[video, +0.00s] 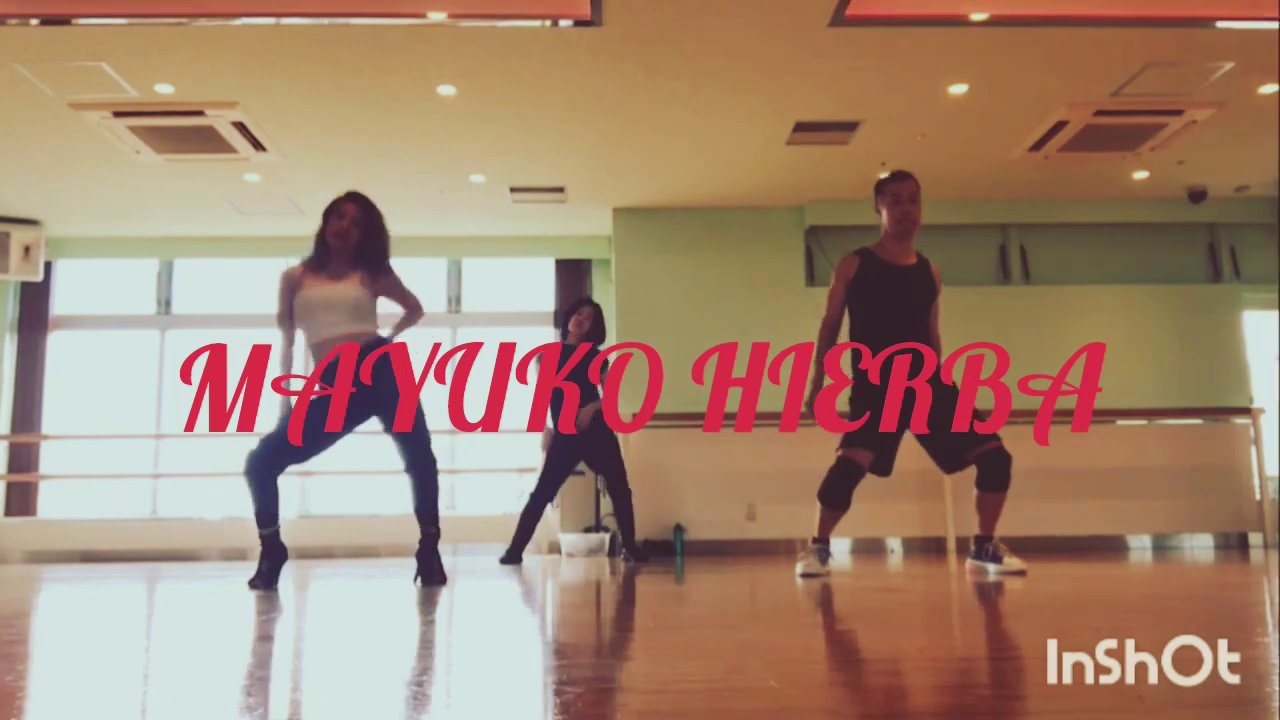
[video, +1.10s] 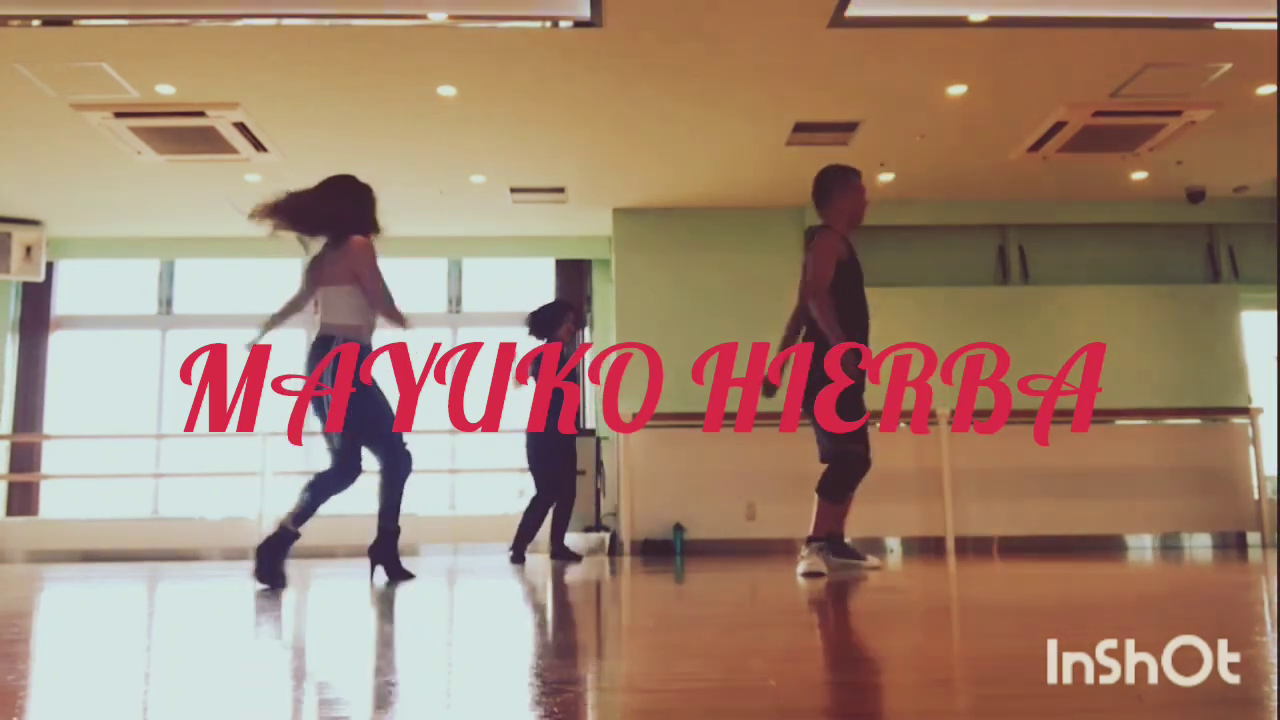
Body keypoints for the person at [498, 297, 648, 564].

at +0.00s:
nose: (581, 319)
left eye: (588, 318)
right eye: (578, 314)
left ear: (594, 327)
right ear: (569, 318)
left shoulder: (597, 356)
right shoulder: (552, 353)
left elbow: (615, 393)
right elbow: (544, 393)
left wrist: (592, 408)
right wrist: (547, 428)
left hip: (597, 434)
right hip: (565, 435)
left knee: (620, 489)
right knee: (541, 494)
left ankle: (630, 546)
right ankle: (515, 551)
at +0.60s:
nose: (574, 332)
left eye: (580, 329)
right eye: (571, 327)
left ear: (586, 335)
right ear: (562, 330)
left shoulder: (593, 367)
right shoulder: (549, 363)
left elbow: (601, 409)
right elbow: (532, 395)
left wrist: (607, 444)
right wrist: (526, 423)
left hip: (587, 444)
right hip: (556, 444)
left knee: (609, 496)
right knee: (534, 498)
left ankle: (628, 546)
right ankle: (514, 550)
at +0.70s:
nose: (575, 330)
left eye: (580, 327)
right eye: (571, 325)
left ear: (585, 334)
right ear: (561, 329)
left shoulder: (587, 368)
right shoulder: (544, 364)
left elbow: (604, 406)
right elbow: (516, 392)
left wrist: (631, 430)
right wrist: (526, 413)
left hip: (585, 442)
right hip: (555, 442)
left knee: (609, 492)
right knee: (540, 499)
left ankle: (628, 545)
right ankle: (516, 550)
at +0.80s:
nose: (576, 322)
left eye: (579, 318)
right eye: (571, 317)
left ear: (582, 324)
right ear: (558, 319)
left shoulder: (577, 353)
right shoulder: (545, 350)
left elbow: (576, 389)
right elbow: (535, 379)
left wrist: (607, 399)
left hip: (574, 431)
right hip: (546, 432)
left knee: (602, 490)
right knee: (539, 494)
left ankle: (627, 545)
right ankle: (516, 551)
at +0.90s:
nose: (573, 317)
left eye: (577, 313)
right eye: (569, 311)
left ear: (578, 316)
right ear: (555, 311)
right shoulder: (552, 345)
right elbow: (559, 378)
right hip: (551, 427)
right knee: (537, 490)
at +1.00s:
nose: (573, 319)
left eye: (575, 314)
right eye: (568, 313)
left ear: (575, 317)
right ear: (555, 313)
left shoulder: (570, 346)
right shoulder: (548, 343)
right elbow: (550, 376)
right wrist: (577, 355)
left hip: (567, 428)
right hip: (544, 427)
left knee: (580, 481)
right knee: (538, 489)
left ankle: (569, 536)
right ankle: (515, 551)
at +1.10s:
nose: (573, 328)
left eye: (573, 324)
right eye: (569, 323)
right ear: (558, 325)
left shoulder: (570, 354)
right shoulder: (549, 352)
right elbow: (542, 377)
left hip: (565, 431)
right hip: (544, 431)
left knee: (566, 492)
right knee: (548, 491)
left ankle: (558, 546)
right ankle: (519, 546)